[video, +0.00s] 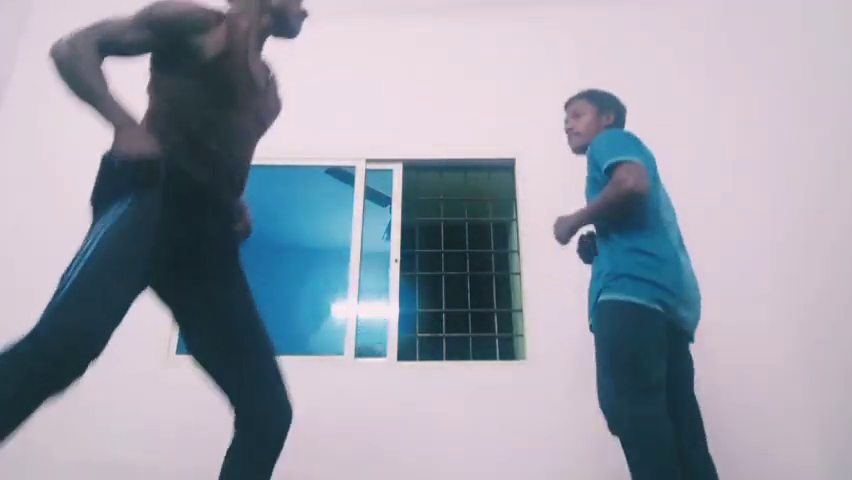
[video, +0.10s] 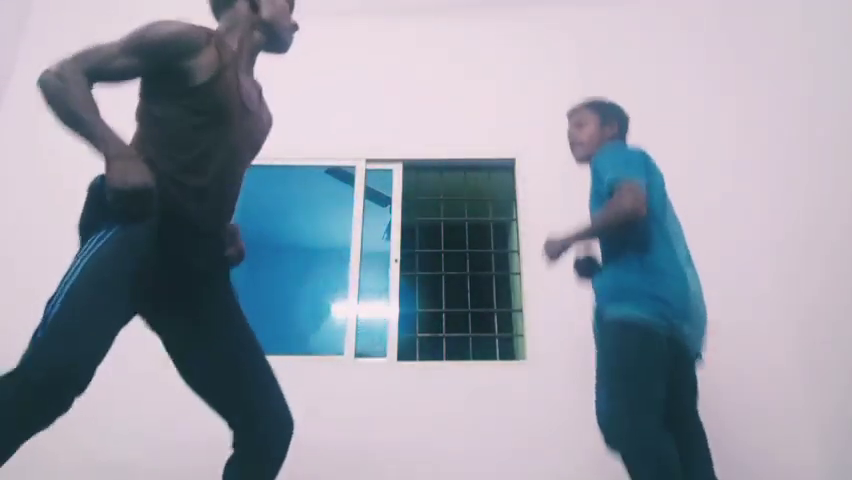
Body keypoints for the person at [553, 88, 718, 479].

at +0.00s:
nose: (567, 125)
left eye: (577, 116)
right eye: (566, 119)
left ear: (607, 117)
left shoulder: (611, 140)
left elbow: (633, 181)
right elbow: (645, 234)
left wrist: (575, 218)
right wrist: (600, 244)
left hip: (633, 287)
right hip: (671, 296)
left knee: (632, 407)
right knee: (677, 413)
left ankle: (658, 473)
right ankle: (697, 474)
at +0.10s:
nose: (571, 135)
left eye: (580, 125)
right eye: (570, 129)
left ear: (609, 127)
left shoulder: (616, 153)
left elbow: (631, 203)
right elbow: (651, 261)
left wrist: (569, 236)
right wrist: (601, 271)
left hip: (638, 304)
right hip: (677, 311)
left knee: (627, 419)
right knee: (678, 420)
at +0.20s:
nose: (575, 158)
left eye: (584, 148)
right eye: (574, 151)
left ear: (616, 153)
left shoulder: (621, 186)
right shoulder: (648, 200)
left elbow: (634, 244)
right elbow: (661, 299)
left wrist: (562, 270)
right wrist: (605, 310)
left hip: (647, 339)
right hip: (686, 346)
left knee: (624, 454)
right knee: (679, 461)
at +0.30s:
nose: (566, 149)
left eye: (576, 140)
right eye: (566, 142)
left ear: (606, 144)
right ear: (605, 147)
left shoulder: (614, 173)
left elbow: (649, 221)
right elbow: (654, 271)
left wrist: (580, 263)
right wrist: (611, 308)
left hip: (648, 317)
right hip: (685, 325)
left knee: (615, 426)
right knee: (674, 444)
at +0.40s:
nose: (554, 126)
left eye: (562, 116)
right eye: (552, 120)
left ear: (593, 115)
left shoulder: (600, 140)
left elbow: (641, 182)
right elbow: (644, 234)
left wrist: (578, 237)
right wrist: (605, 270)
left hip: (634, 288)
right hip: (674, 295)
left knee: (631, 413)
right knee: (686, 415)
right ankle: (710, 472)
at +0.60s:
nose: (541, 153)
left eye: (548, 142)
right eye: (538, 147)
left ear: (579, 139)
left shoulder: (583, 165)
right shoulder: (628, 186)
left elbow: (600, 225)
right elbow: (651, 263)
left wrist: (548, 307)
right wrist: (603, 304)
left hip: (632, 326)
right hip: (682, 334)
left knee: (643, 459)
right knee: (673, 460)